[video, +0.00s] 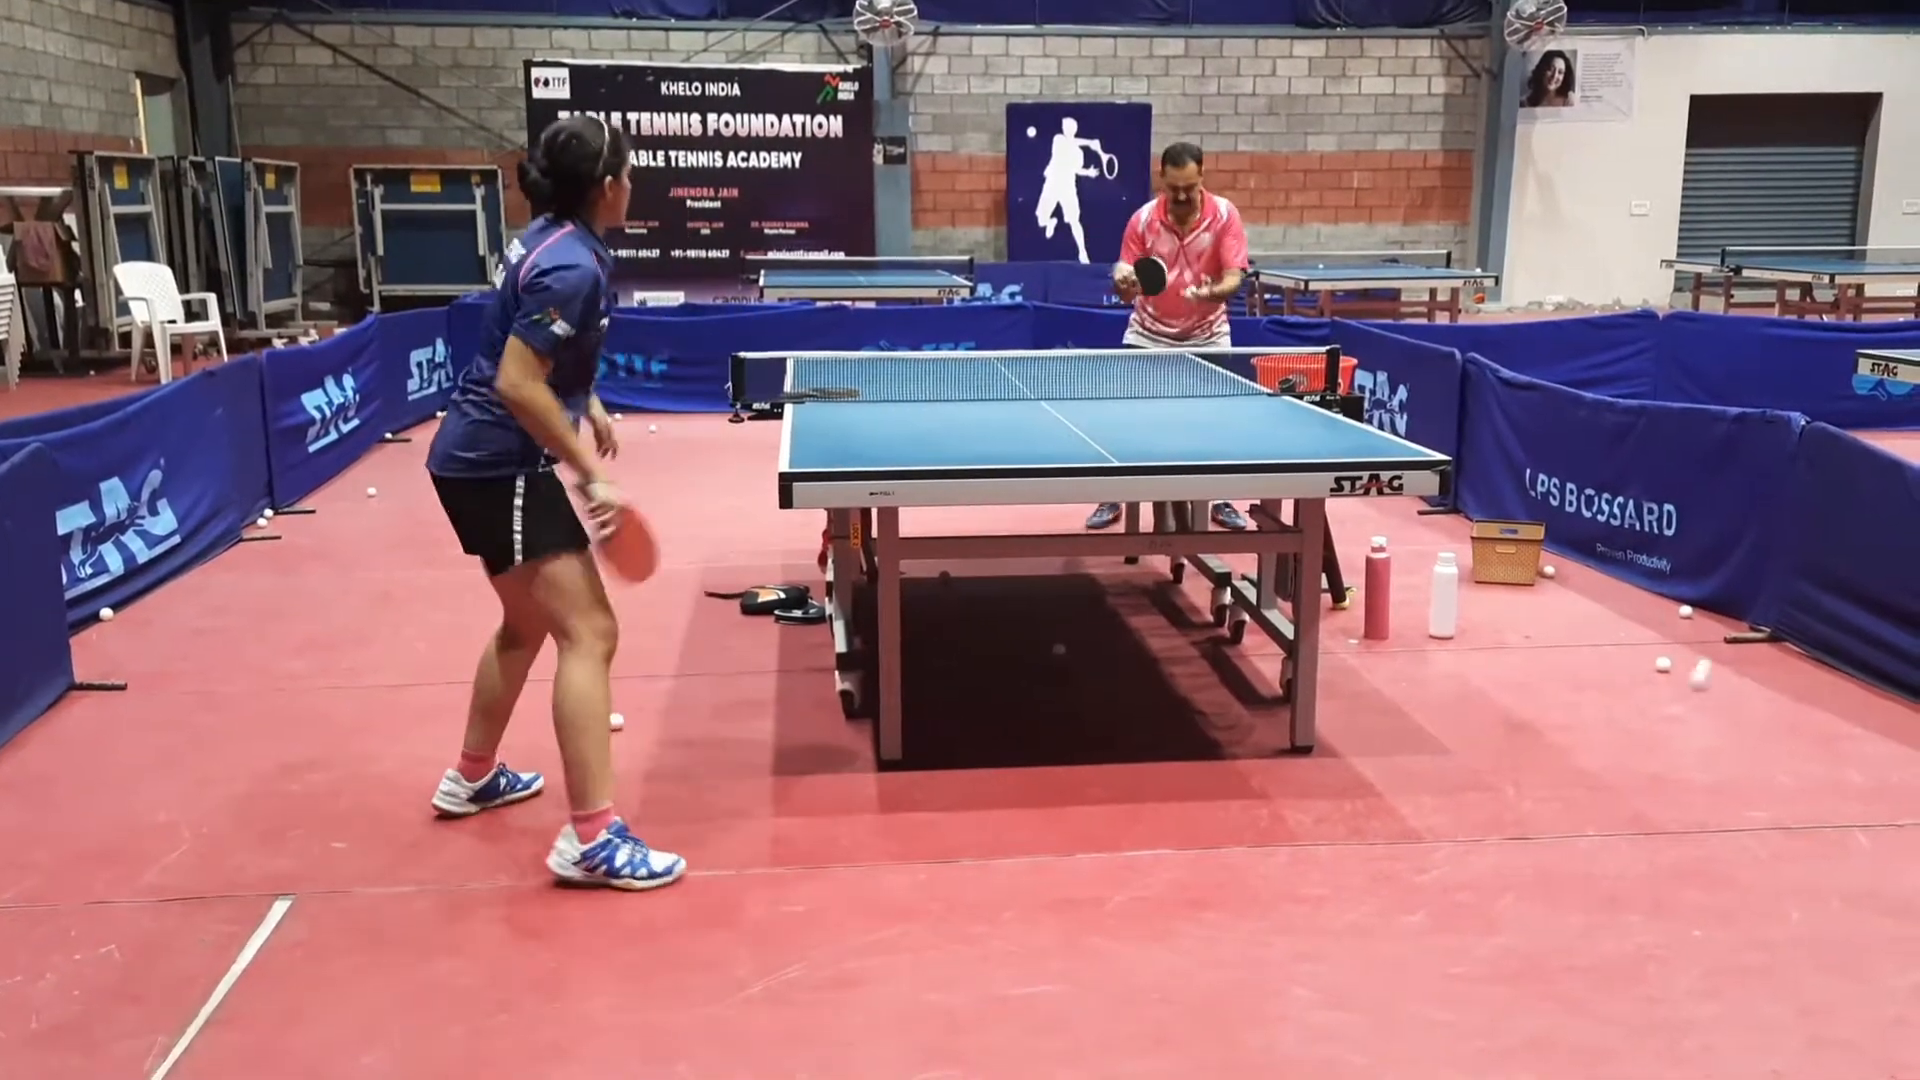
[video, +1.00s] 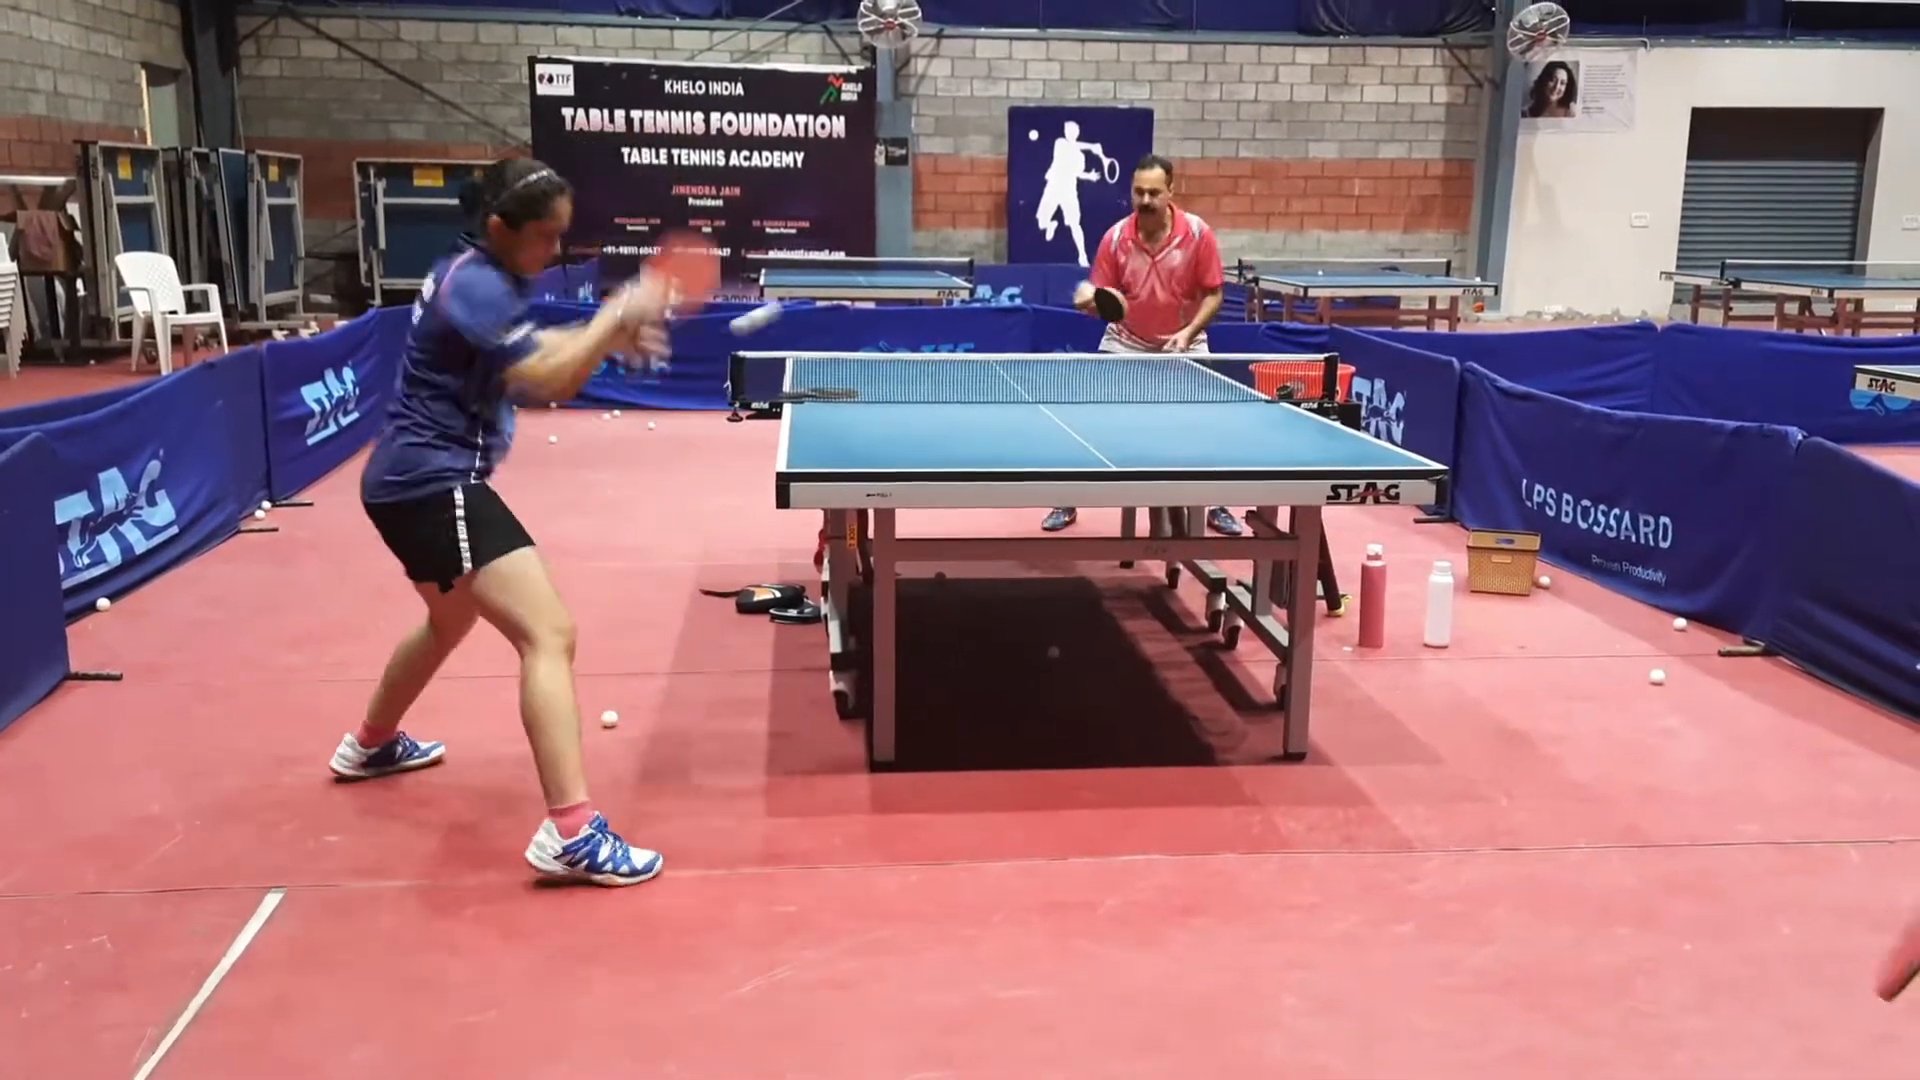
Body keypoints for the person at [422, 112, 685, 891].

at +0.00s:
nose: (631, 185)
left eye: (626, 173)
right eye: (626, 174)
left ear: (562, 183)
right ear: (605, 185)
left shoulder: (550, 241)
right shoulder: (571, 267)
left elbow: (549, 350)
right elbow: (518, 383)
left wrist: (584, 408)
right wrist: (592, 473)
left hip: (480, 459)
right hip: (505, 465)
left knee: (524, 625)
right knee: (590, 632)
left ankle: (472, 774)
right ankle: (594, 834)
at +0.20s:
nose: (623, 185)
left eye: (621, 173)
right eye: (620, 175)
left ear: (542, 181)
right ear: (603, 185)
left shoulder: (517, 239)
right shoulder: (595, 263)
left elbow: (552, 366)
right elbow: (605, 390)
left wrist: (648, 394)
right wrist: (682, 401)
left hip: (450, 460)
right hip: (509, 469)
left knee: (496, 623)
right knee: (588, 639)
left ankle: (466, 772)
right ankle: (575, 838)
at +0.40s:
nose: (648, 210)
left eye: (646, 197)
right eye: (643, 198)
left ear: (573, 200)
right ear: (622, 207)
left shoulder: (532, 252)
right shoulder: (609, 286)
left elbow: (569, 356)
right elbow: (660, 414)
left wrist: (652, 360)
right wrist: (720, 378)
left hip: (443, 469)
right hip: (507, 478)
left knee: (502, 619)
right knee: (611, 644)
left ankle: (464, 774)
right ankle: (576, 839)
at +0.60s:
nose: (665, 227)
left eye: (663, 214)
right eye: (661, 215)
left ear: (601, 218)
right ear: (637, 226)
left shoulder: (577, 262)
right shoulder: (586, 300)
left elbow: (599, 366)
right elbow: (567, 437)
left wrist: (682, 399)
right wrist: (663, 463)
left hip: (453, 459)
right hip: (481, 475)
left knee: (501, 613)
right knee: (594, 636)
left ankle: (427, 737)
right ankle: (576, 833)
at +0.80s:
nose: (632, 294)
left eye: (633, 282)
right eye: (625, 282)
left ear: (588, 287)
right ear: (587, 288)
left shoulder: (599, 341)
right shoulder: (493, 344)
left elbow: (606, 421)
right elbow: (426, 446)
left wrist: (635, 503)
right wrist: (466, 526)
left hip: (500, 513)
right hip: (452, 515)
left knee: (490, 640)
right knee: (590, 640)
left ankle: (377, 740)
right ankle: (573, 836)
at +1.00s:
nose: (557, 247)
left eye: (561, 234)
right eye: (546, 235)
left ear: (509, 229)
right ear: (499, 226)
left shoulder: (477, 272)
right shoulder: (475, 289)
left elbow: (531, 360)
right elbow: (547, 380)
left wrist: (609, 337)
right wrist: (617, 312)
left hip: (405, 479)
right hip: (435, 481)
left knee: (450, 619)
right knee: (547, 634)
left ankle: (371, 744)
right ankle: (573, 829)